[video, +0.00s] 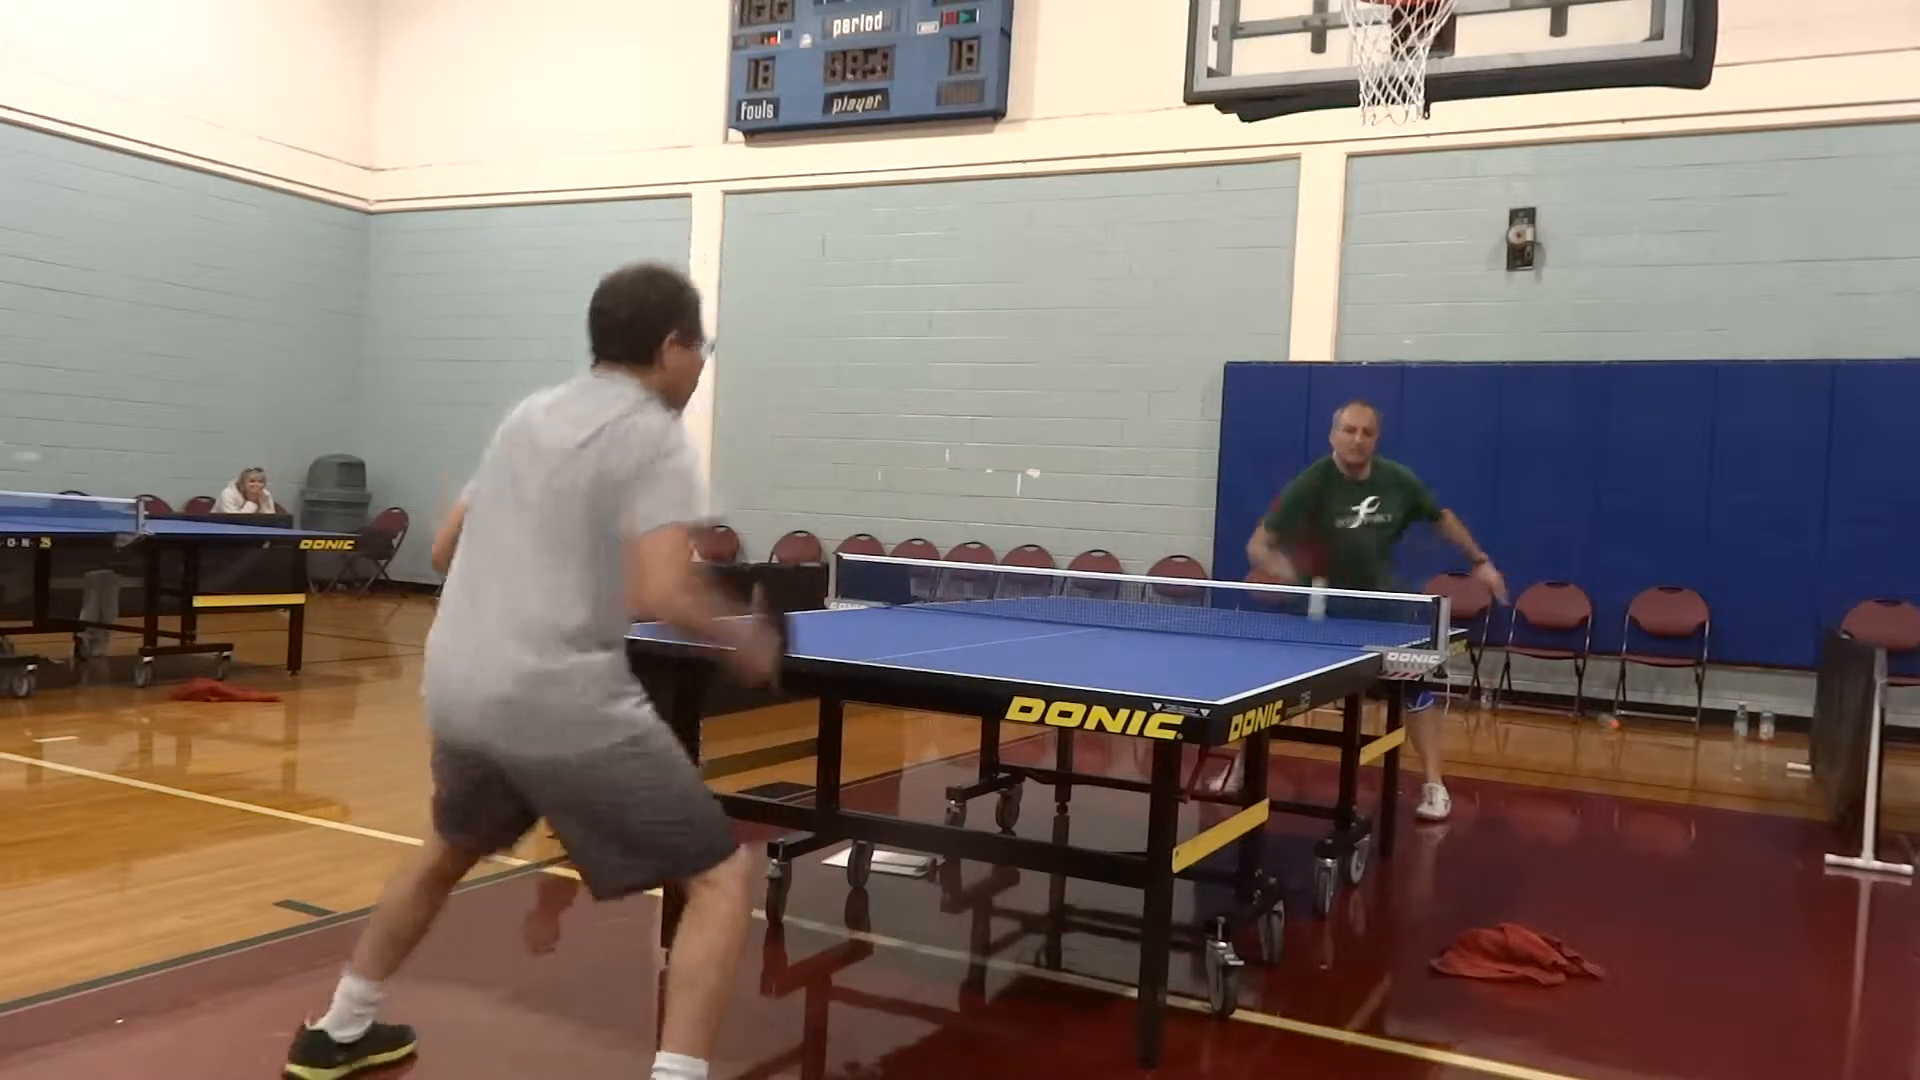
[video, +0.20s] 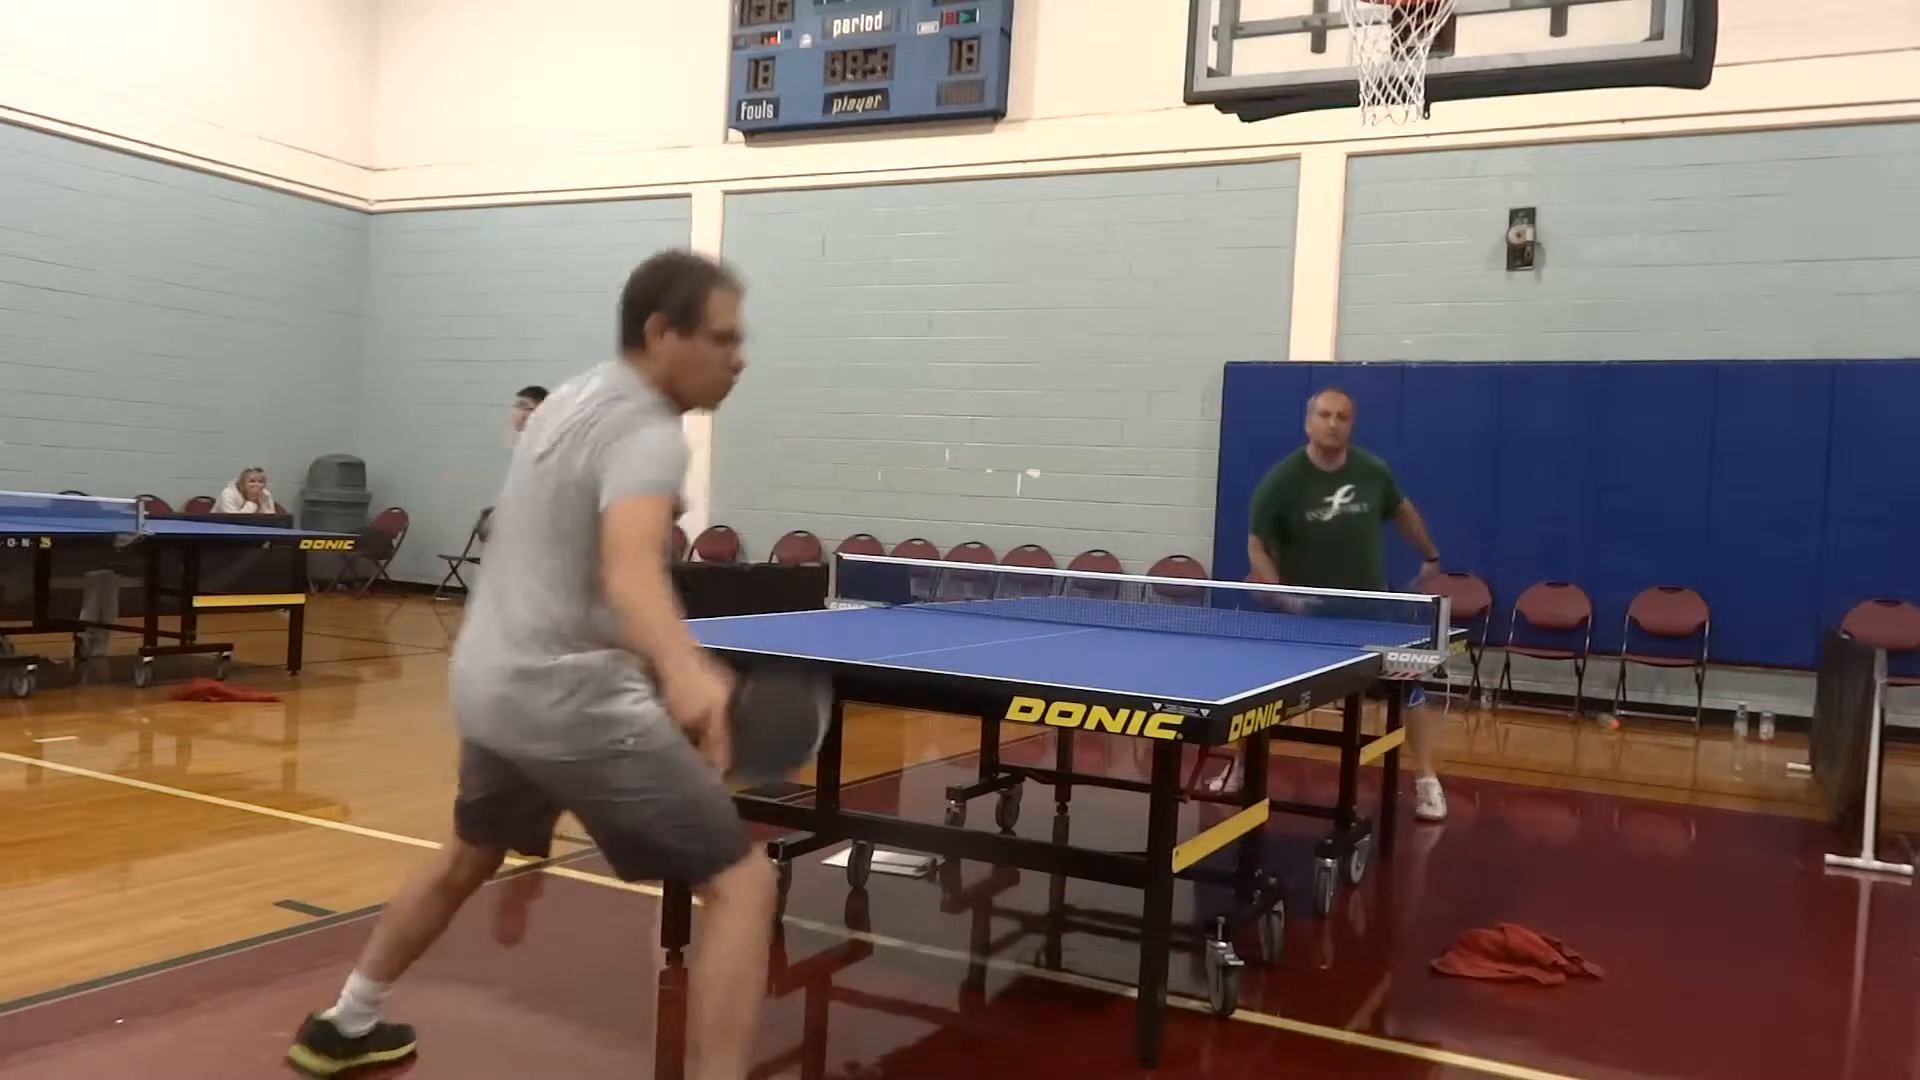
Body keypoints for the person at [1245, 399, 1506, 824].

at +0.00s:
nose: (1357, 439)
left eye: (1366, 433)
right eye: (1349, 430)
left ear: (1377, 439)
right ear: (1332, 434)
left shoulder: (1399, 481)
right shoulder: (1311, 483)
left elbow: (1442, 520)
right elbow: (1257, 544)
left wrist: (1481, 561)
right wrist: (1280, 566)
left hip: (1383, 612)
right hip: (1319, 611)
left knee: (1419, 682)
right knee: (1264, 677)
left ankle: (1434, 783)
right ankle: (1244, 765)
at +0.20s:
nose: (1333, 424)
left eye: (1341, 418)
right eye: (1325, 416)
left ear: (1352, 425)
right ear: (1308, 422)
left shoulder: (1374, 472)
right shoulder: (1280, 482)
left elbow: (1404, 513)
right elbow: (1256, 548)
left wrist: (1431, 556)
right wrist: (1281, 596)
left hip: (1372, 614)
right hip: (1305, 615)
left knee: (1412, 682)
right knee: (1257, 680)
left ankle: (1425, 777)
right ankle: (1242, 765)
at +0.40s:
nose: (1337, 405)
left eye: (1347, 400)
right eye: (1330, 397)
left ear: (1357, 414)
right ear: (1312, 405)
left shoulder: (1376, 466)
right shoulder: (1281, 462)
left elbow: (1405, 522)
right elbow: (1245, 524)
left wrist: (1434, 575)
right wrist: (1247, 576)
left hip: (1364, 605)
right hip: (1292, 604)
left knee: (1390, 692)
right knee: (1256, 681)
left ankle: (1393, 782)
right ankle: (1242, 766)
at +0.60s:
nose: (1373, 396)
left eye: (1384, 392)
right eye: (1366, 387)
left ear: (1394, 406)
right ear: (1348, 396)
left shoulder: (1406, 465)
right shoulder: (1310, 452)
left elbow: (1442, 524)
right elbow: (1269, 508)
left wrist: (1466, 578)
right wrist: (1242, 560)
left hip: (1371, 604)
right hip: (1297, 597)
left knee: (1391, 694)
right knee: (1259, 675)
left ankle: (1391, 785)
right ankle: (1241, 760)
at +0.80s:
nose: (1408, 392)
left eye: (1418, 388)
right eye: (1401, 383)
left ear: (1429, 401)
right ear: (1383, 391)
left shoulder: (1438, 461)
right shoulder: (1343, 444)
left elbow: (1477, 520)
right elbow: (1303, 502)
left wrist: (1487, 566)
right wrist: (1273, 559)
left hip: (1395, 603)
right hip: (1325, 595)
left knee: (1399, 702)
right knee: (1280, 687)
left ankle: (1393, 789)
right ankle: (1252, 776)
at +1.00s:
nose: (1417, 390)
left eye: (1428, 387)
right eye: (1410, 382)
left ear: (1439, 402)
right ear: (1394, 390)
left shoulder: (1453, 459)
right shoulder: (1355, 444)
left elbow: (1488, 521)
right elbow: (1320, 504)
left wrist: (1501, 577)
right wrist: (1306, 558)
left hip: (1409, 604)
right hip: (1343, 597)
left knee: (1408, 702)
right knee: (1334, 687)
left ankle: (1393, 787)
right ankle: (1341, 755)